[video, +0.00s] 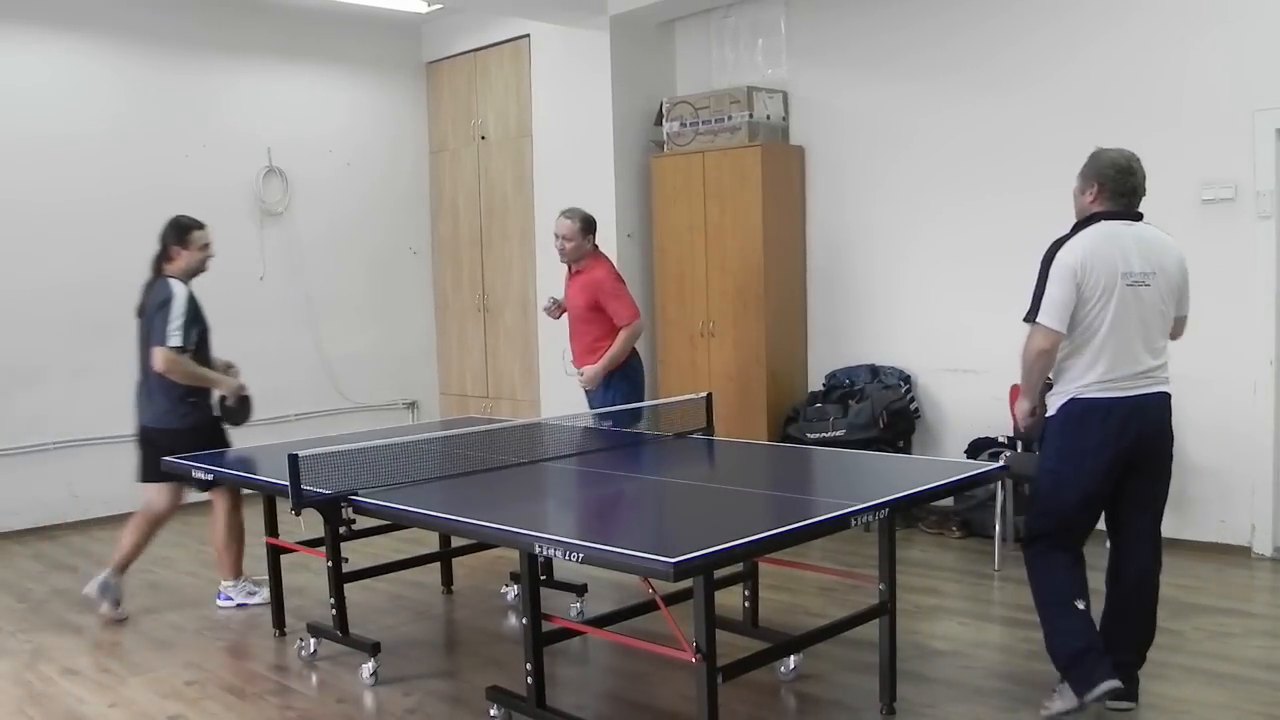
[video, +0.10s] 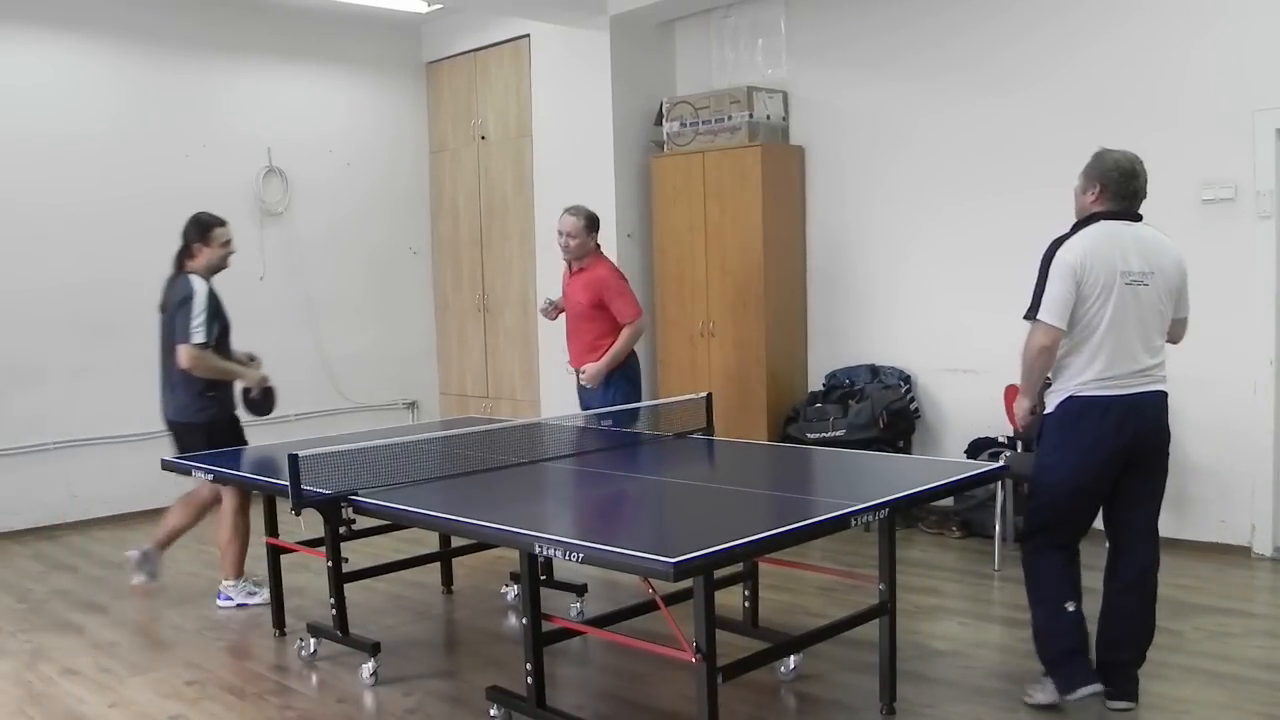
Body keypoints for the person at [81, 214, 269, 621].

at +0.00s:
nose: (209, 256)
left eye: (208, 248)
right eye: (203, 249)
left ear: (175, 253)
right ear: (176, 252)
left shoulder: (157, 290)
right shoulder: (177, 293)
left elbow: (171, 352)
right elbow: (165, 361)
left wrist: (213, 364)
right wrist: (219, 382)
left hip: (158, 420)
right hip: (190, 422)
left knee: (161, 501)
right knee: (225, 492)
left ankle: (110, 579)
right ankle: (232, 586)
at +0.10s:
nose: (230, 252)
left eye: (229, 245)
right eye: (224, 245)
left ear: (197, 250)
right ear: (198, 249)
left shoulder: (181, 284)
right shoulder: (196, 290)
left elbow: (195, 346)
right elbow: (190, 358)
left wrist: (235, 357)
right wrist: (245, 374)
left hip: (187, 412)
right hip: (207, 414)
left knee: (211, 487)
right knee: (237, 490)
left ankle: (151, 552)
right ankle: (232, 584)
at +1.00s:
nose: (340, 239)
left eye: (341, 233)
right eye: (333, 234)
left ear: (337, 238)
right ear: (309, 237)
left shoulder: (346, 280)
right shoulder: (287, 277)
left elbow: (363, 324)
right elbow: (260, 327)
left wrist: (365, 336)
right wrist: (295, 368)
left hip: (340, 394)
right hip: (298, 394)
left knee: (341, 471)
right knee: (293, 475)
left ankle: (336, 547)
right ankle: (292, 551)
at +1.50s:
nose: (320, 241)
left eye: (322, 235)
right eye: (312, 236)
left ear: (324, 240)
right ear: (291, 244)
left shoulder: (338, 280)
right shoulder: (272, 286)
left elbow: (356, 325)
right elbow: (252, 337)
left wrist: (348, 339)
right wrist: (292, 350)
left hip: (337, 393)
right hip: (292, 397)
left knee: (350, 462)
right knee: (296, 472)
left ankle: (346, 540)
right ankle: (306, 546)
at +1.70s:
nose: (325, 241)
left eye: (326, 235)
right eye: (316, 236)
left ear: (330, 240)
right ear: (296, 243)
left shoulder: (343, 282)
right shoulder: (277, 285)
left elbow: (359, 331)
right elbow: (253, 335)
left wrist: (344, 337)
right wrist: (295, 349)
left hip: (339, 394)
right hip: (295, 396)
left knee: (346, 465)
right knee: (298, 471)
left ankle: (346, 542)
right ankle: (305, 546)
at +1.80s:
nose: (331, 241)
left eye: (333, 235)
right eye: (323, 237)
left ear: (334, 240)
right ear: (302, 244)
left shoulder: (347, 283)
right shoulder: (282, 283)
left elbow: (362, 334)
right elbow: (256, 333)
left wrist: (346, 337)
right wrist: (298, 348)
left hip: (342, 394)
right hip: (297, 396)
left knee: (349, 465)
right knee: (299, 471)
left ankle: (346, 542)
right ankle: (305, 547)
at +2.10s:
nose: (343, 242)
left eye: (346, 236)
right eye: (335, 237)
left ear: (348, 241)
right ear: (315, 242)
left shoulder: (357, 285)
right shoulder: (292, 281)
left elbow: (372, 337)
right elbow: (265, 329)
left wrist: (352, 337)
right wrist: (307, 347)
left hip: (346, 394)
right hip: (302, 395)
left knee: (351, 466)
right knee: (298, 469)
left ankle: (348, 543)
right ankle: (293, 543)